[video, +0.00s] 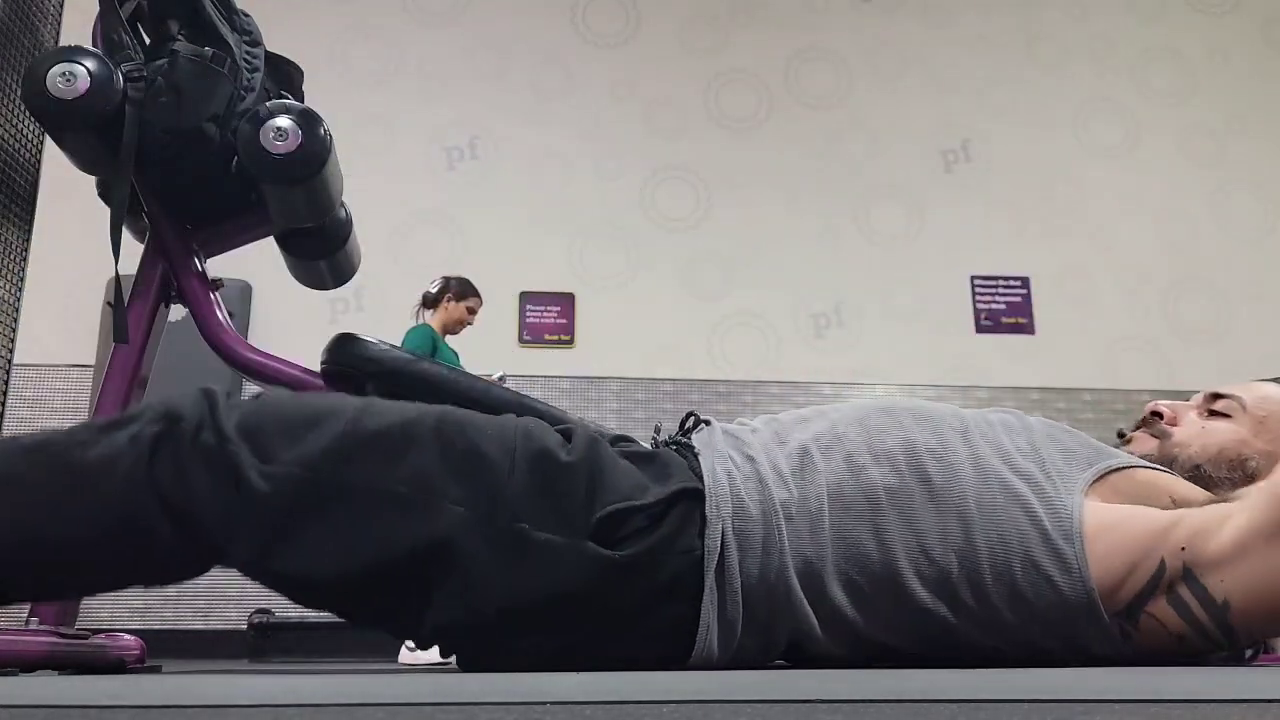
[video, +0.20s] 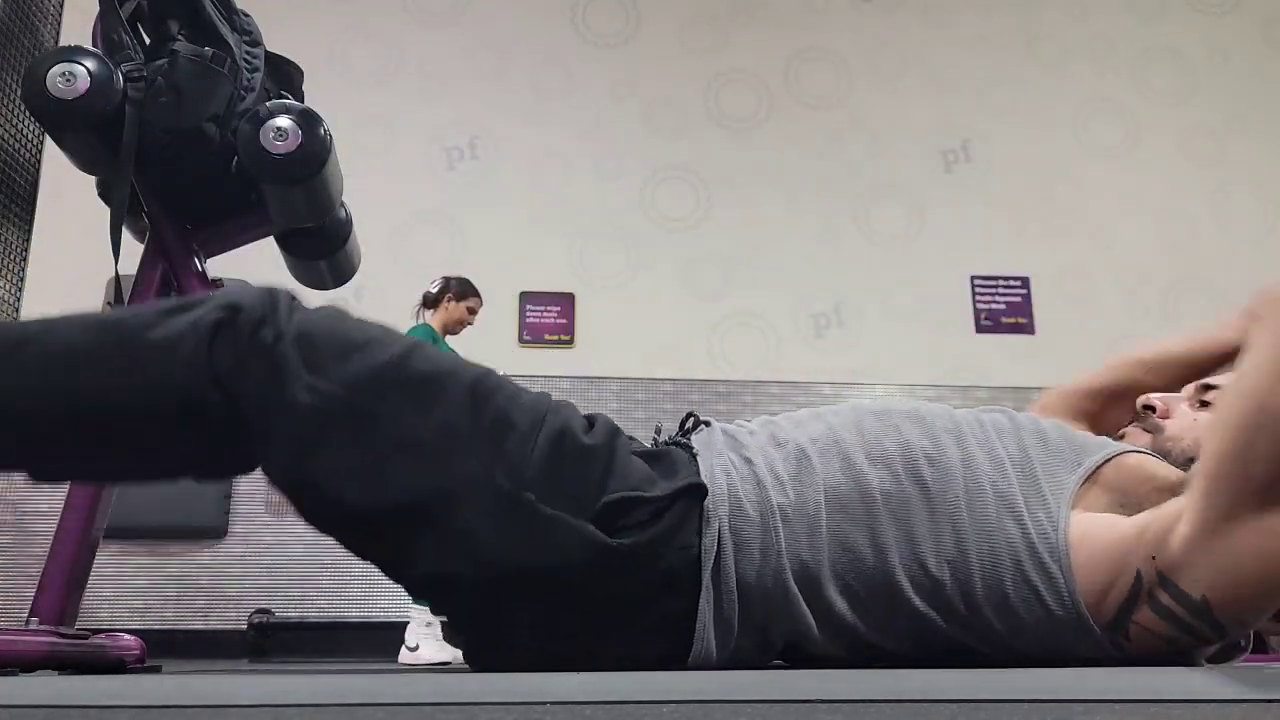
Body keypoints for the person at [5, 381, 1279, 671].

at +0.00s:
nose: (1196, 405)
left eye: (1225, 419)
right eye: (1208, 397)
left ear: (1234, 479)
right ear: (1172, 425)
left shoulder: (1177, 557)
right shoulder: (1104, 483)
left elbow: (1273, 542)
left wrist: (1245, 453)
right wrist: (1231, 440)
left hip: (658, 538)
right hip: (651, 470)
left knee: (216, 451)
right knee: (239, 440)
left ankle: (13, 523)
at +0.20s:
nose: (1196, 406)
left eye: (1228, 410)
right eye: (1210, 399)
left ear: (1246, 470)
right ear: (1183, 428)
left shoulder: (1186, 570)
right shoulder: (1109, 483)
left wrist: (1195, 386)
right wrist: (1193, 380)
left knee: (257, 344)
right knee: (277, 338)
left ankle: (8, 380)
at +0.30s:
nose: (1196, 386)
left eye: (1232, 408)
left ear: (1256, 444)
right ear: (1197, 399)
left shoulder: (1196, 546)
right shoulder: (1081, 479)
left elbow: (1229, 222)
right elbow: (978, 395)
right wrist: (1114, 244)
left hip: (649, 557)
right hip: (649, 493)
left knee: (310, 302)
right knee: (332, 308)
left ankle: (9, 319)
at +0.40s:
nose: (1176, 348)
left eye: (1213, 360)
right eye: (1194, 342)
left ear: (1252, 439)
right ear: (1161, 396)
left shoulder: (1206, 530)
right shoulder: (1068, 478)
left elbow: (1074, 254)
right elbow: (906, 395)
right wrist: (930, 202)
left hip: (656, 565)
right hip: (643, 508)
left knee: (350, 275)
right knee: (368, 287)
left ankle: (20, 267)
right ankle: (224, 202)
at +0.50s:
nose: (1086, 340)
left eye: (1129, 329)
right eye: (1100, 321)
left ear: (1224, 382)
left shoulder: (1195, 487)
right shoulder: (1040, 469)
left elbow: (951, 274)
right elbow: (833, 369)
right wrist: (738, 201)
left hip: (686, 561)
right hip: (669, 522)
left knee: (368, 265)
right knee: (381, 285)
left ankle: (23, 230)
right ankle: (68, 235)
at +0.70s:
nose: (932, 263)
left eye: (960, 237)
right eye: (933, 241)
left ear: (1068, 247)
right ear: (983, 260)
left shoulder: (1107, 352)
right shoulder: (954, 403)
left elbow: (807, 261)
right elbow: (723, 358)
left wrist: (585, 155)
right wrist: (545, 255)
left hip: (709, 555)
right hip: (685, 532)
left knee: (398, 251)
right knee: (398, 264)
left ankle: (49, 204)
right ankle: (76, 198)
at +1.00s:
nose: (761, 161)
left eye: (789, 131)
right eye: (765, 142)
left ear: (891, 113)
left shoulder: (936, 210)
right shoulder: (845, 318)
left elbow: (634, 147)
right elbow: (606, 286)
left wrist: (411, 78)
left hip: (660, 565)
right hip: (622, 592)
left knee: (460, 191)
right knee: (461, 195)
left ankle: (102, 111)